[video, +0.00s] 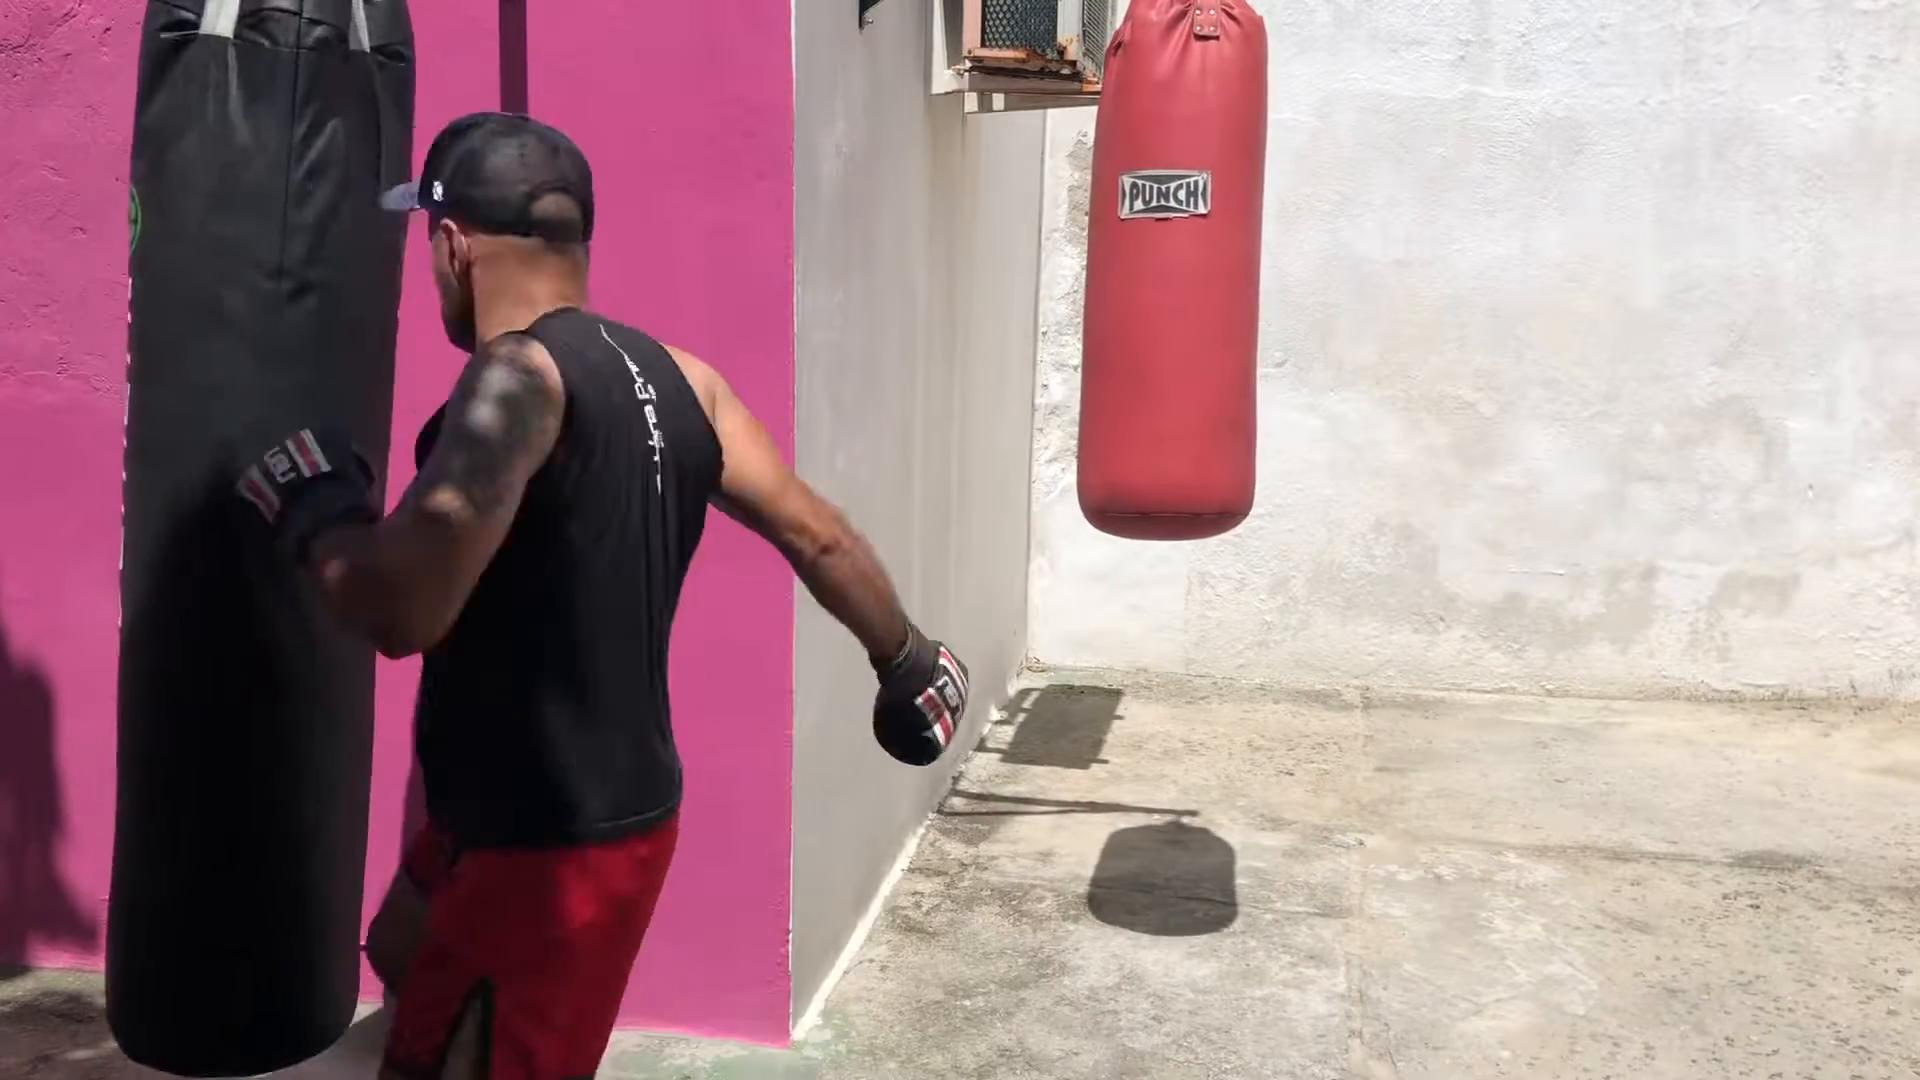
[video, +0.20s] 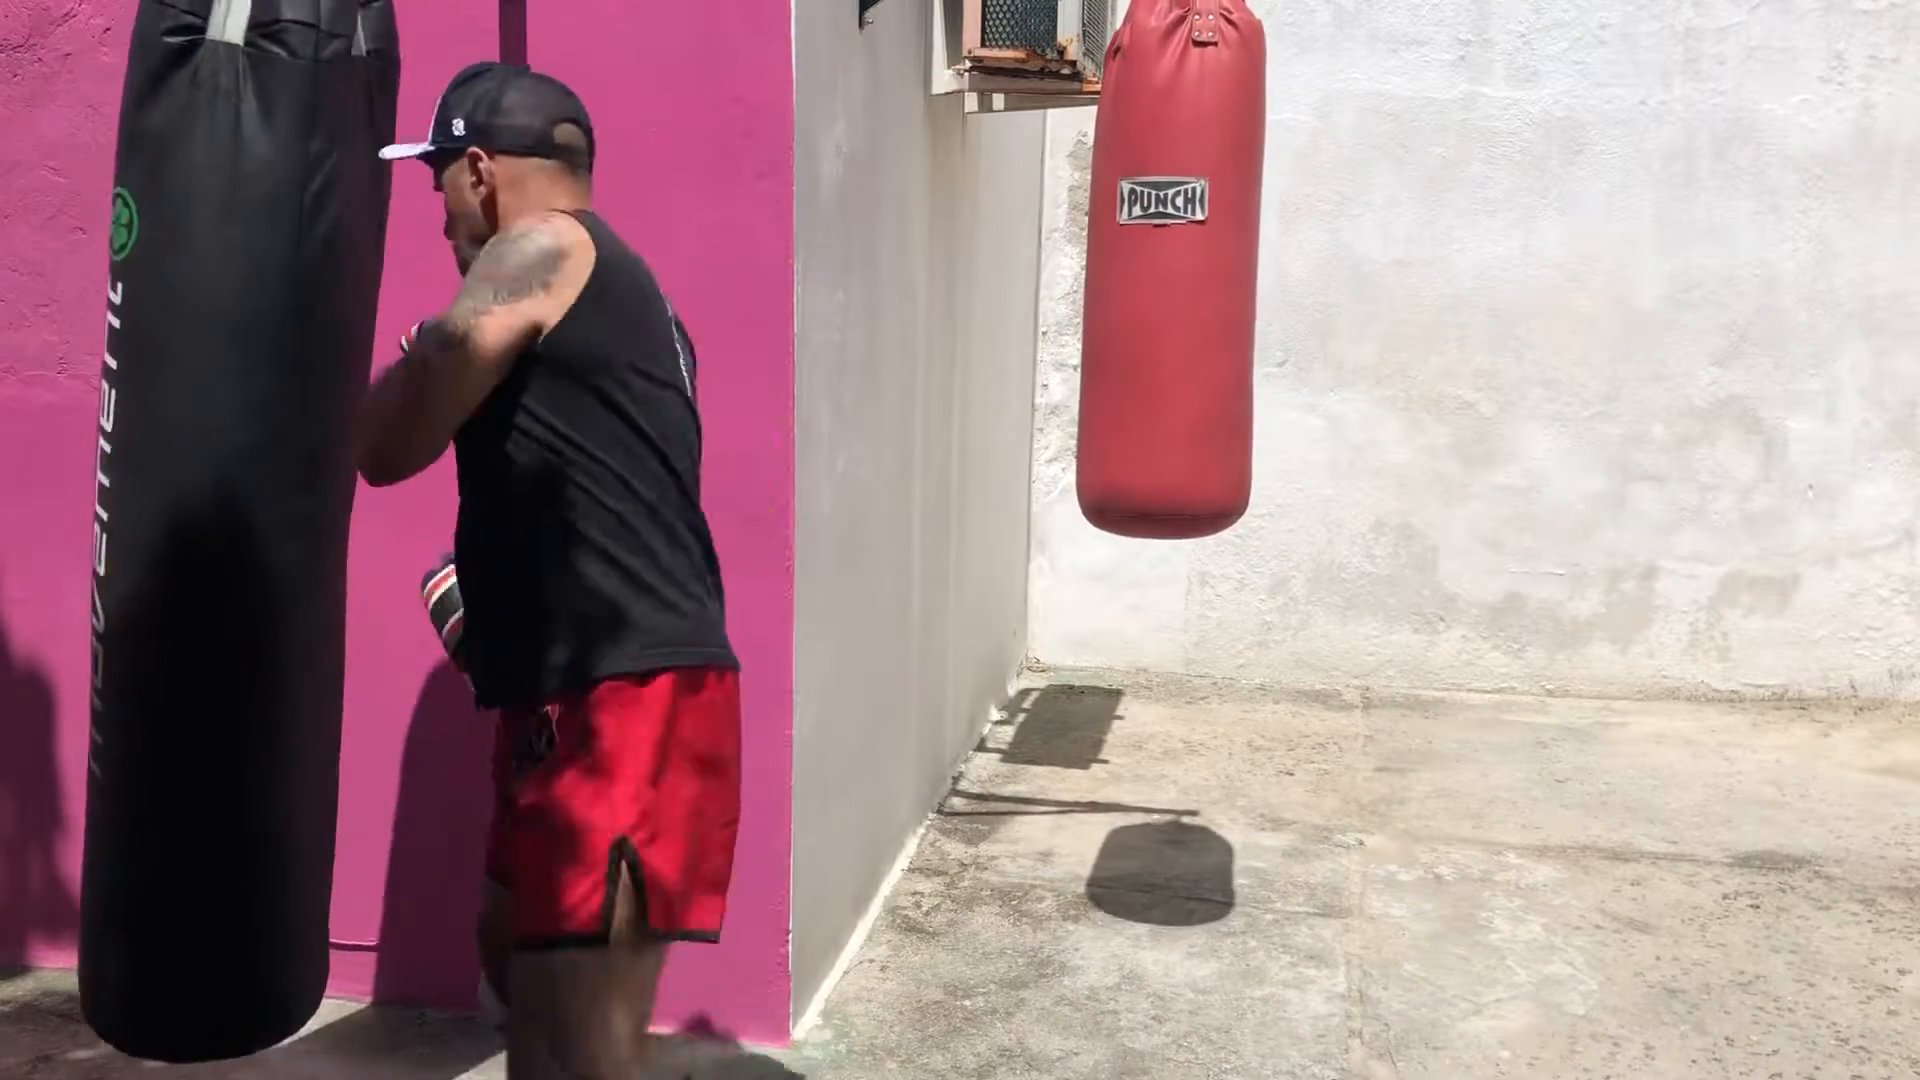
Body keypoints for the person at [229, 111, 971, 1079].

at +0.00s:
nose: (429, 263)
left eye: (430, 234)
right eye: (429, 235)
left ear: (458, 240)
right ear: (575, 239)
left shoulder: (515, 377)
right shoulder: (681, 380)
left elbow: (405, 608)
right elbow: (817, 535)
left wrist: (324, 515)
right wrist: (907, 660)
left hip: (524, 843)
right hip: (625, 825)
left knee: (465, 1057)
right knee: (405, 955)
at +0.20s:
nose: (442, 209)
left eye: (442, 176)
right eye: (441, 179)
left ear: (481, 170)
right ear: (567, 165)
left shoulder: (534, 251)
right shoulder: (626, 285)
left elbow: (385, 444)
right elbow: (624, 500)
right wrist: (501, 598)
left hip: (619, 685)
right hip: (600, 683)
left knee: (578, 1028)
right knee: (520, 962)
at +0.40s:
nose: (461, 217)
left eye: (468, 185)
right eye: (461, 190)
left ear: (519, 182)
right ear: (550, 181)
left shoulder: (626, 271)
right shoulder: (627, 305)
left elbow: (504, 464)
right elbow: (763, 483)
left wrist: (473, 388)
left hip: (690, 681)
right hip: (585, 690)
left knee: (652, 1009)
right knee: (510, 936)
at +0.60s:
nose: (556, 220)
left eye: (566, 193)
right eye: (554, 196)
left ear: (633, 194)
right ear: (638, 198)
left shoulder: (744, 292)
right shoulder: (640, 334)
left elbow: (613, 460)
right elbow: (672, 517)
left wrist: (555, 370)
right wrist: (547, 542)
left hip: (753, 683)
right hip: (630, 692)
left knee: (704, 1001)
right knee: (524, 944)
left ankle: (825, 1067)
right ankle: (586, 1075)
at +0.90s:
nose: (776, 215)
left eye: (788, 192)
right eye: (776, 192)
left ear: (851, 195)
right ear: (857, 194)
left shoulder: (944, 283)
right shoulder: (900, 293)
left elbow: (919, 469)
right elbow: (896, 456)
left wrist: (776, 376)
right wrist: (775, 367)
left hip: (975, 660)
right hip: (929, 657)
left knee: (823, 926)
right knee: (970, 918)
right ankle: (1097, 1057)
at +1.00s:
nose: (817, 262)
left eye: (829, 236)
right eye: (816, 238)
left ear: (894, 235)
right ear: (899, 234)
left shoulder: (977, 328)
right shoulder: (963, 325)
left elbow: (956, 524)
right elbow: (932, 483)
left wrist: (808, 436)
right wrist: (846, 406)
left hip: (1017, 698)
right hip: (1007, 688)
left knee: (876, 981)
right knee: (1004, 932)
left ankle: (1044, 1073)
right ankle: (1111, 1069)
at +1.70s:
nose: (788, 214)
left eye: (796, 188)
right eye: (789, 188)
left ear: (859, 193)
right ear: (878, 189)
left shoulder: (957, 314)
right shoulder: (942, 302)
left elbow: (783, 503)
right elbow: (990, 547)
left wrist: (743, 346)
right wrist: (866, 622)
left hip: (985, 749)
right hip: (907, 731)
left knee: (925, 1056)